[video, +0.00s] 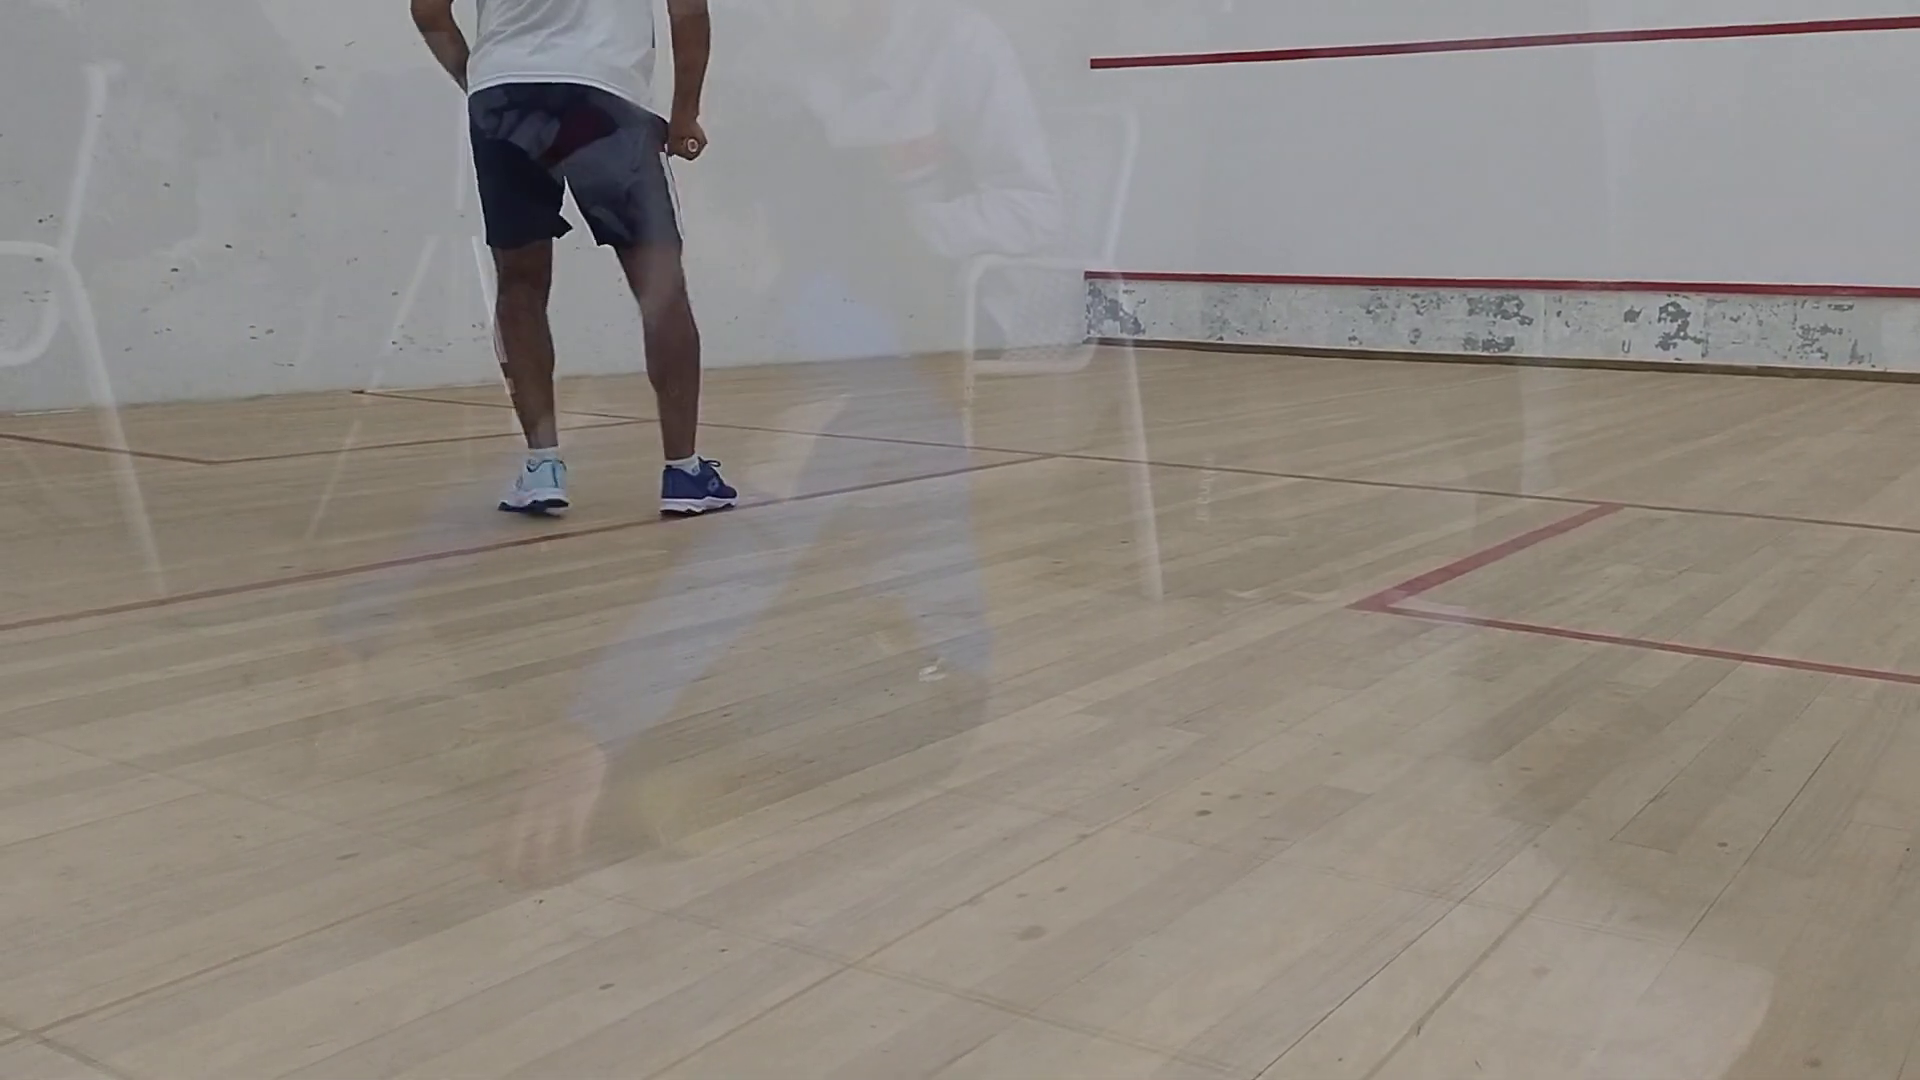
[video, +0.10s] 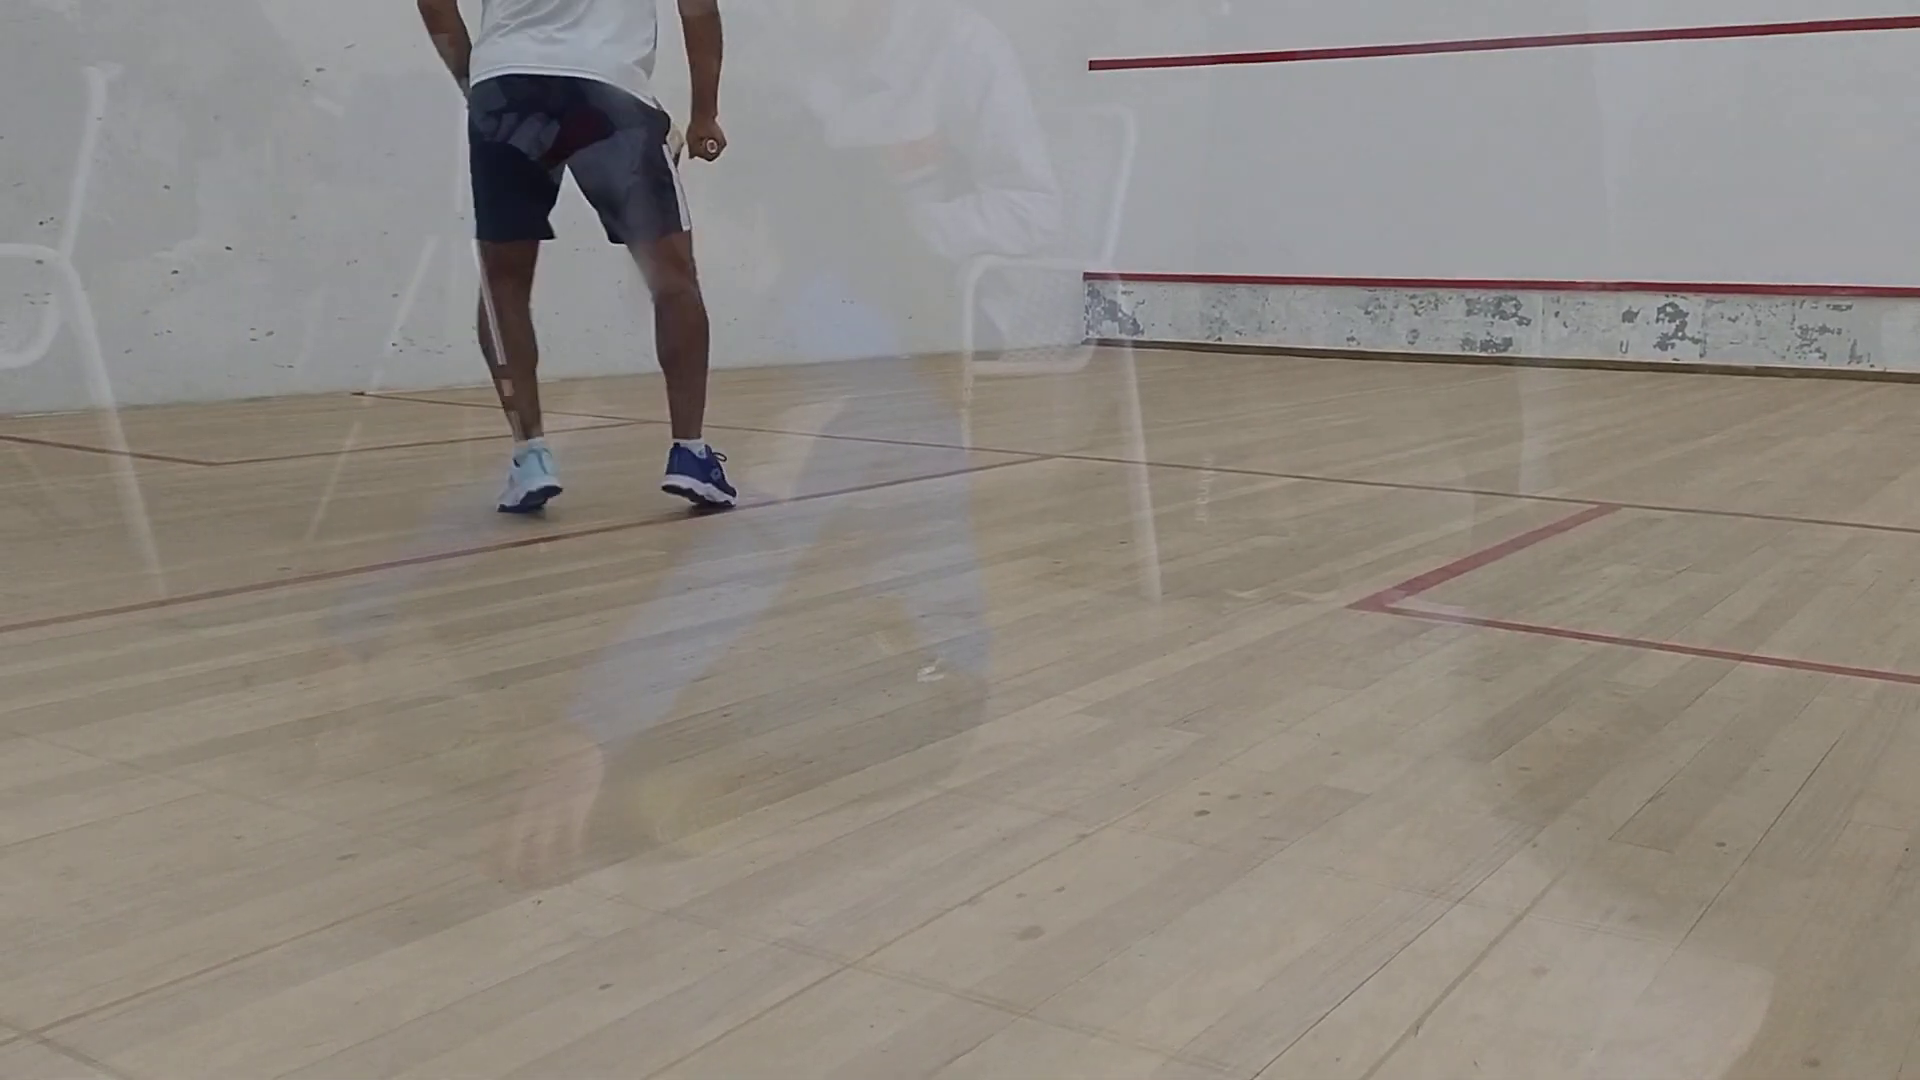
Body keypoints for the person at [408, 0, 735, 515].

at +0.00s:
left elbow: (428, 11)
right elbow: (689, 10)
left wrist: (485, 88)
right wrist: (684, 113)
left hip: (501, 86)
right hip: (606, 83)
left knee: (521, 288)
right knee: (661, 287)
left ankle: (542, 466)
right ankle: (684, 468)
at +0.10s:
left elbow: (436, 10)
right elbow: (699, 8)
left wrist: (482, 90)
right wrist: (705, 113)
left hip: (505, 74)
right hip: (612, 76)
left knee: (505, 283)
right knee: (673, 276)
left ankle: (530, 453)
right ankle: (689, 448)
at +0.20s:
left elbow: (435, 20)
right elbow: (709, 21)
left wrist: (455, 126)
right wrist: (721, 140)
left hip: (507, 94)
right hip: (614, 96)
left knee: (464, 266)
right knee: (686, 286)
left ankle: (483, 425)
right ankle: (735, 452)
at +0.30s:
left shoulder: (490, 2)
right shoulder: (658, 5)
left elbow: (431, 66)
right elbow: (716, 87)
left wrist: (422, 176)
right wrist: (737, 199)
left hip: (507, 144)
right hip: (617, 146)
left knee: (428, 272)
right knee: (701, 302)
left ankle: (387, 436)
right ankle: (752, 461)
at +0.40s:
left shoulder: (440, 4)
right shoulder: (604, 8)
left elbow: (391, 77)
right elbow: (662, 108)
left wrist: (370, 179)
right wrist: (708, 218)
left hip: (478, 156)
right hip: (587, 158)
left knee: (379, 269)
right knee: (678, 305)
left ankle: (339, 447)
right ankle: (750, 462)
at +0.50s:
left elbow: (308, 51)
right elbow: (568, 74)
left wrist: (279, 140)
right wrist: (618, 182)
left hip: (405, 141)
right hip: (513, 140)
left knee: (324, 279)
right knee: (605, 287)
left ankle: (337, 452)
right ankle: (720, 434)